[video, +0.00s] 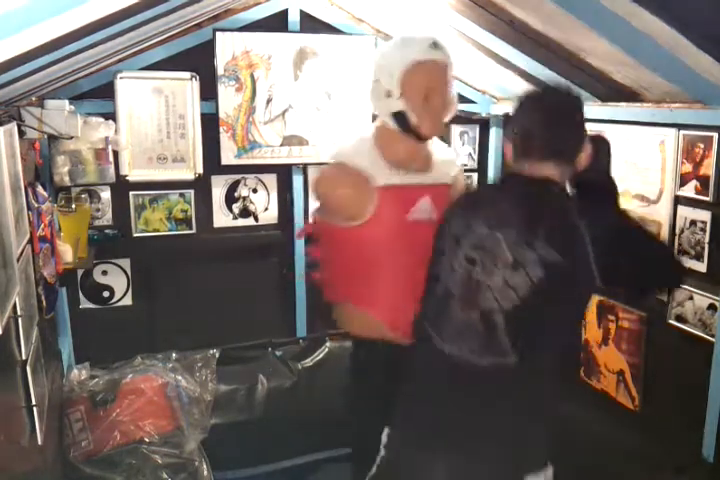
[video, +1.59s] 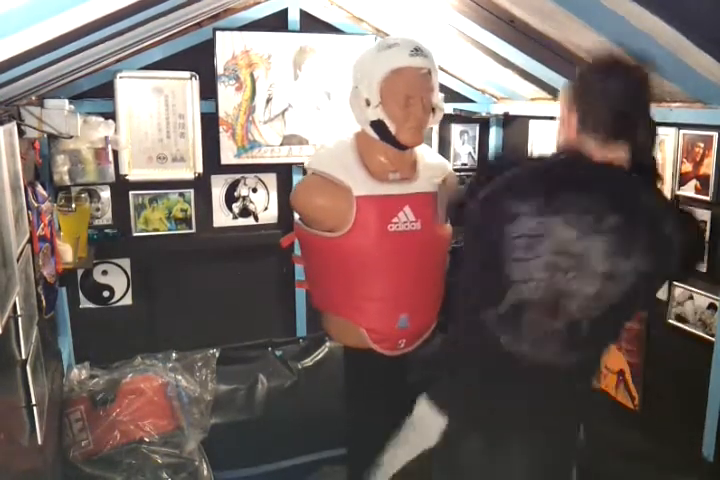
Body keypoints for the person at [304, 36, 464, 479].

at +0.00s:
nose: (447, 104)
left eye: (447, 91)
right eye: (433, 91)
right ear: (395, 95)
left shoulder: (449, 174)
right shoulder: (344, 177)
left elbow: (466, 261)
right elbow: (342, 283)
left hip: (435, 349)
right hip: (370, 351)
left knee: (424, 457)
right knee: (364, 456)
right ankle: (363, 468)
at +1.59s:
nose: (423, 111)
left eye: (427, 99)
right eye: (407, 99)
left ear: (435, 103)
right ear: (368, 103)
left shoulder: (440, 177)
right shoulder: (326, 184)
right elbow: (321, 285)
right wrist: (355, 322)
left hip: (429, 348)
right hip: (364, 358)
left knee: (428, 454)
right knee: (371, 460)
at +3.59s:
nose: (417, 110)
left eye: (423, 99)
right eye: (403, 98)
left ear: (431, 102)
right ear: (364, 102)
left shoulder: (431, 173)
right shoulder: (324, 180)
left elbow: (451, 248)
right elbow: (320, 275)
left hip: (430, 345)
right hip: (366, 354)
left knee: (422, 455)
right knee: (372, 461)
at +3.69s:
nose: (416, 106)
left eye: (418, 92)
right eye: (402, 95)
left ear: (429, 92)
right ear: (364, 102)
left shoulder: (439, 169)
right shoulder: (324, 187)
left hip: (429, 351)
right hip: (363, 364)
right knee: (378, 467)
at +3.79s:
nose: (288, 125)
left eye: (290, 110)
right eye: (275, 121)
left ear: (316, 107)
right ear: (263, 135)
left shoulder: (372, 165)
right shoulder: (262, 204)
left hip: (408, 338)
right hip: (346, 356)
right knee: (365, 461)